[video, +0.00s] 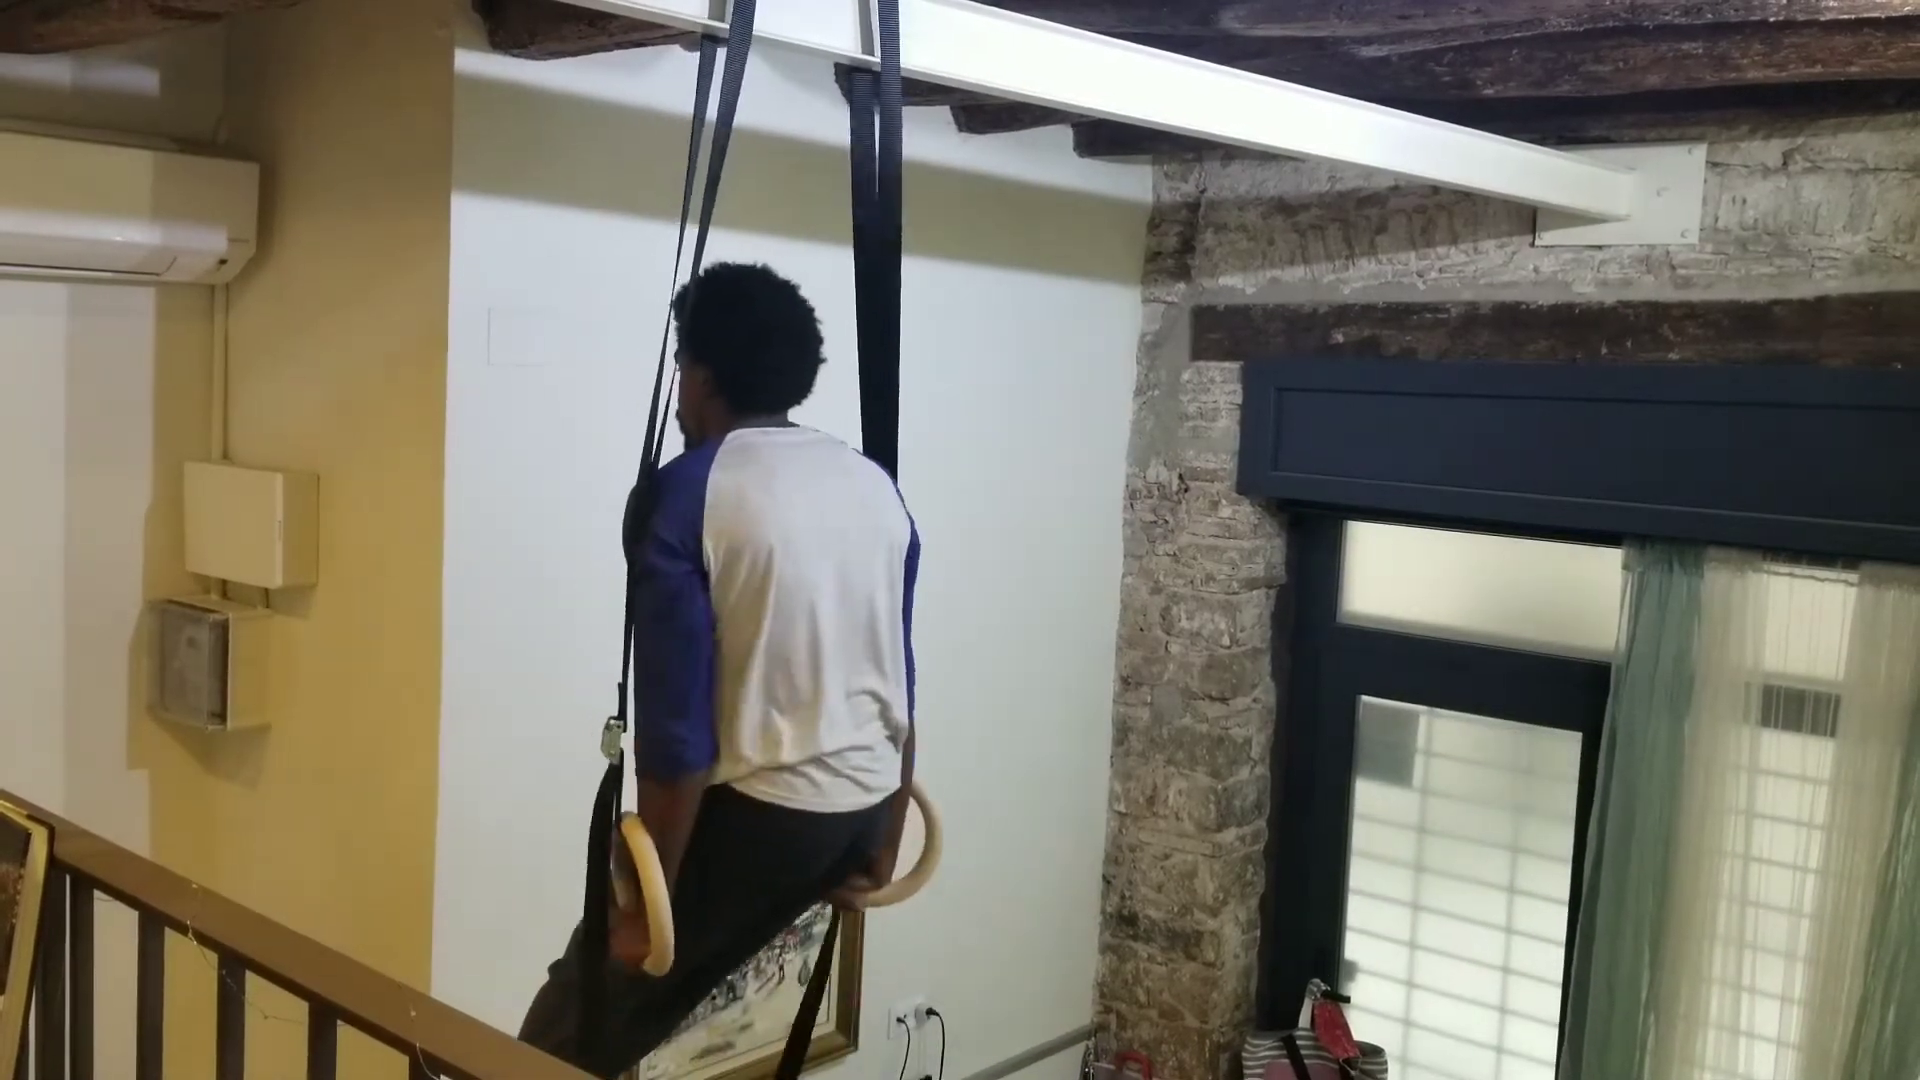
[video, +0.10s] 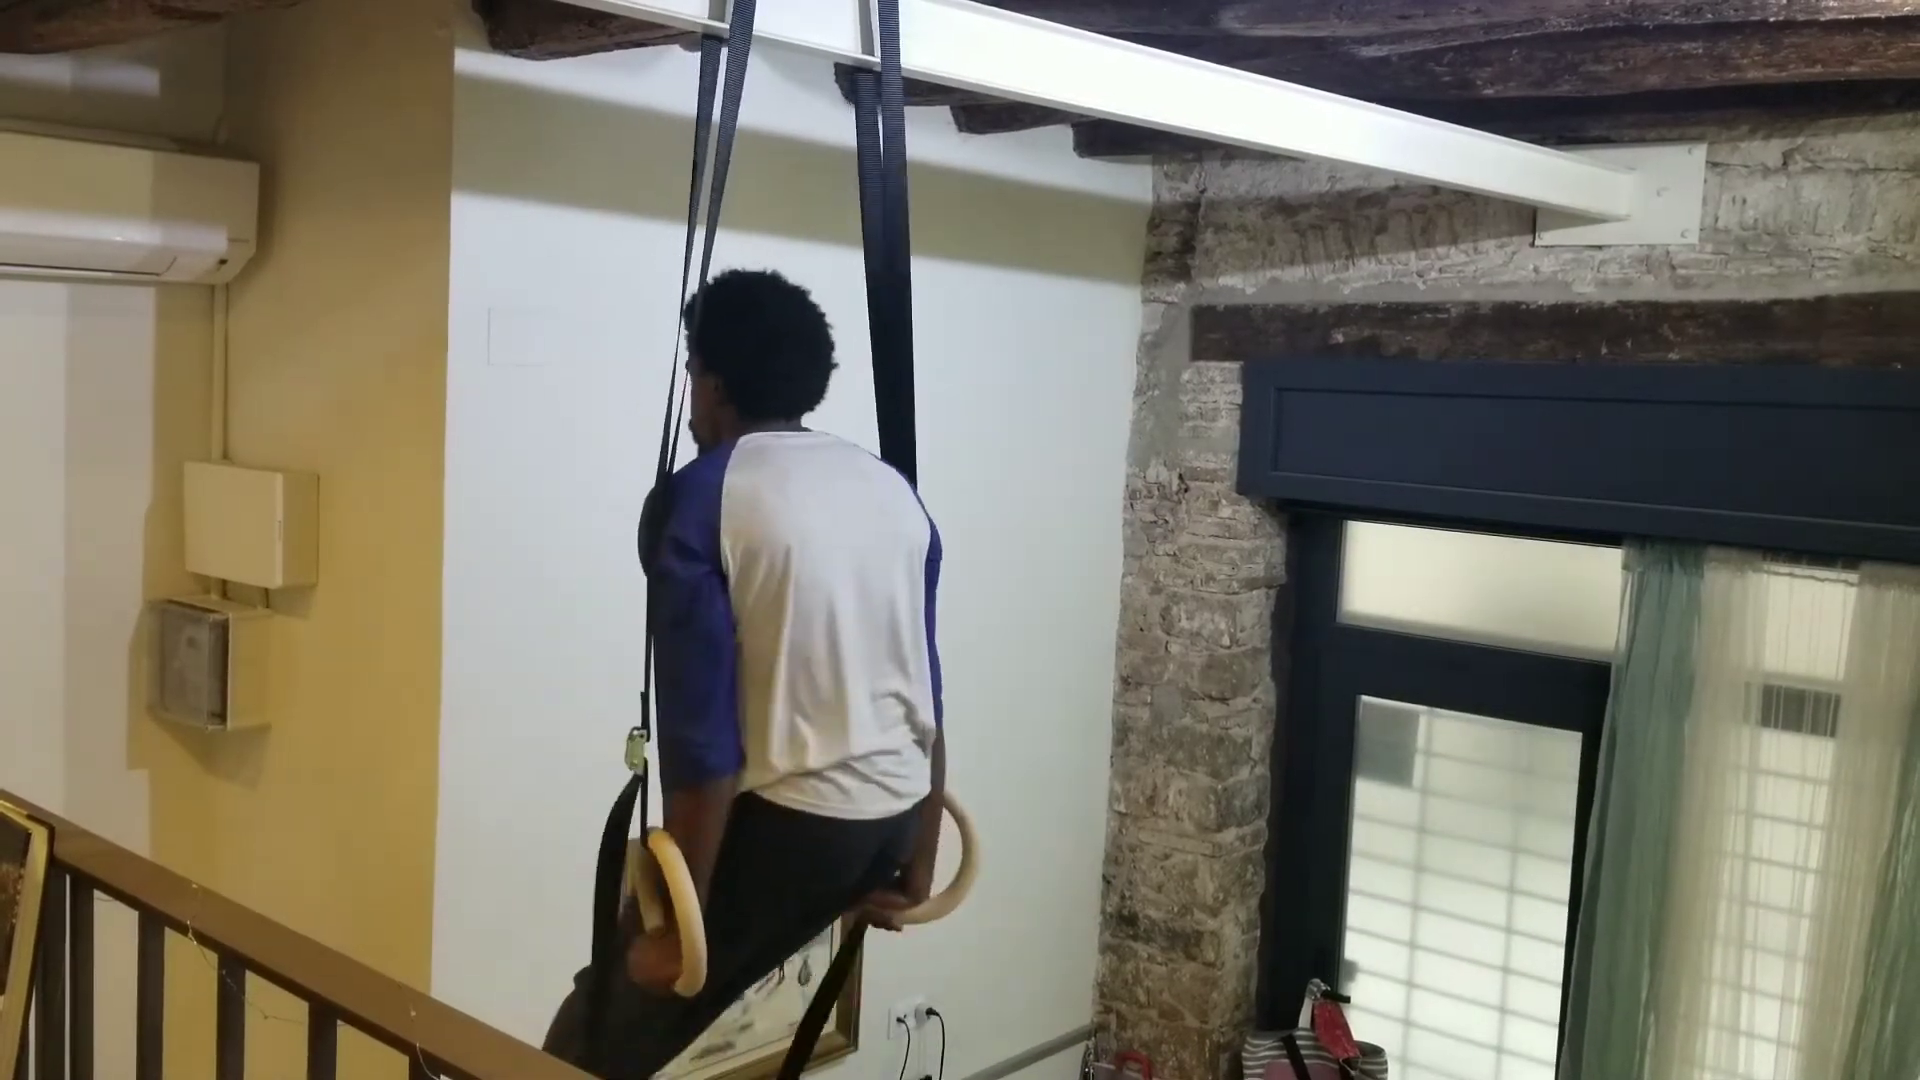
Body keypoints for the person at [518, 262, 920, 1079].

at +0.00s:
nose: (678, 388)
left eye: (682, 365)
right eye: (683, 364)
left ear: (701, 375)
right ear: (796, 376)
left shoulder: (684, 493)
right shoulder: (876, 487)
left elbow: (676, 731)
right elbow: (899, 690)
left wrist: (642, 902)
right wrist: (881, 847)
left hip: (747, 826)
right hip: (854, 823)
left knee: (575, 1020)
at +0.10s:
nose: (687, 393)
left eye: (694, 370)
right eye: (692, 370)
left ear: (715, 383)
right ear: (807, 382)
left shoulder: (699, 497)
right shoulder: (894, 490)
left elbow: (703, 737)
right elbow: (925, 696)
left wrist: (675, 925)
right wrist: (916, 875)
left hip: (779, 835)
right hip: (886, 833)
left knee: (593, 1034)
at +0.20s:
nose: (700, 404)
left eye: (703, 380)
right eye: (701, 381)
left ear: (725, 390)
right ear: (816, 387)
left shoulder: (713, 499)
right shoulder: (908, 491)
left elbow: (719, 742)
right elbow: (945, 698)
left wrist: (692, 931)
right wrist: (938, 881)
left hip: (800, 840)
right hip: (908, 839)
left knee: (629, 1047)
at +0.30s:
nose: (707, 407)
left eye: (710, 384)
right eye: (709, 384)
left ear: (734, 391)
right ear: (827, 389)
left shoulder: (721, 499)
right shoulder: (922, 495)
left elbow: (733, 750)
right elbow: (962, 702)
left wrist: (705, 938)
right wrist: (962, 889)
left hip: (820, 844)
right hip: (928, 843)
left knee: (664, 1054)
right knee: (725, 1045)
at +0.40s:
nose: (710, 409)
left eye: (712, 387)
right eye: (711, 387)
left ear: (733, 395)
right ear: (826, 390)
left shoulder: (724, 501)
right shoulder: (928, 494)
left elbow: (740, 754)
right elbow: (976, 704)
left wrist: (719, 947)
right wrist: (980, 880)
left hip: (830, 843)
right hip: (942, 844)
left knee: (701, 1049)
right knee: (774, 1053)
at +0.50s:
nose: (710, 414)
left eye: (711, 391)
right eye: (709, 392)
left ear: (732, 399)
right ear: (826, 398)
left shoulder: (727, 502)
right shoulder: (931, 494)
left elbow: (739, 752)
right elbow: (983, 701)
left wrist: (717, 945)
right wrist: (987, 871)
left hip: (835, 844)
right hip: (950, 846)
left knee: (736, 1060)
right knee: (820, 1060)